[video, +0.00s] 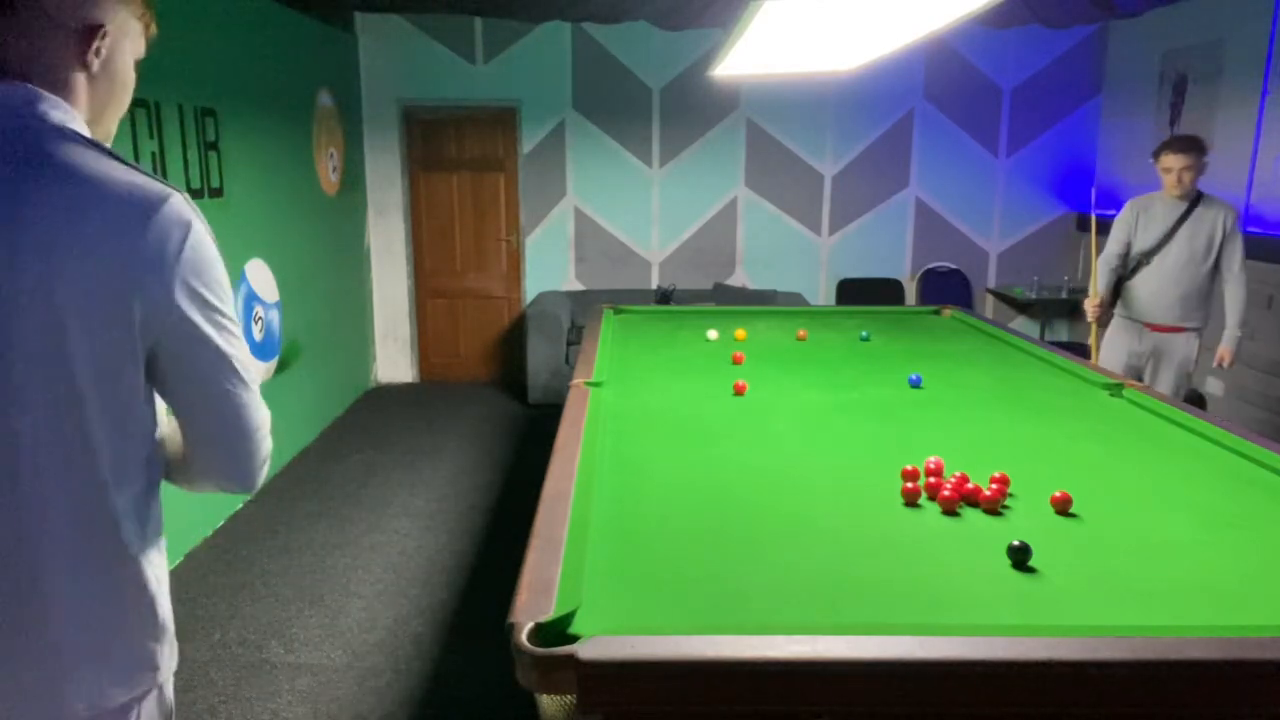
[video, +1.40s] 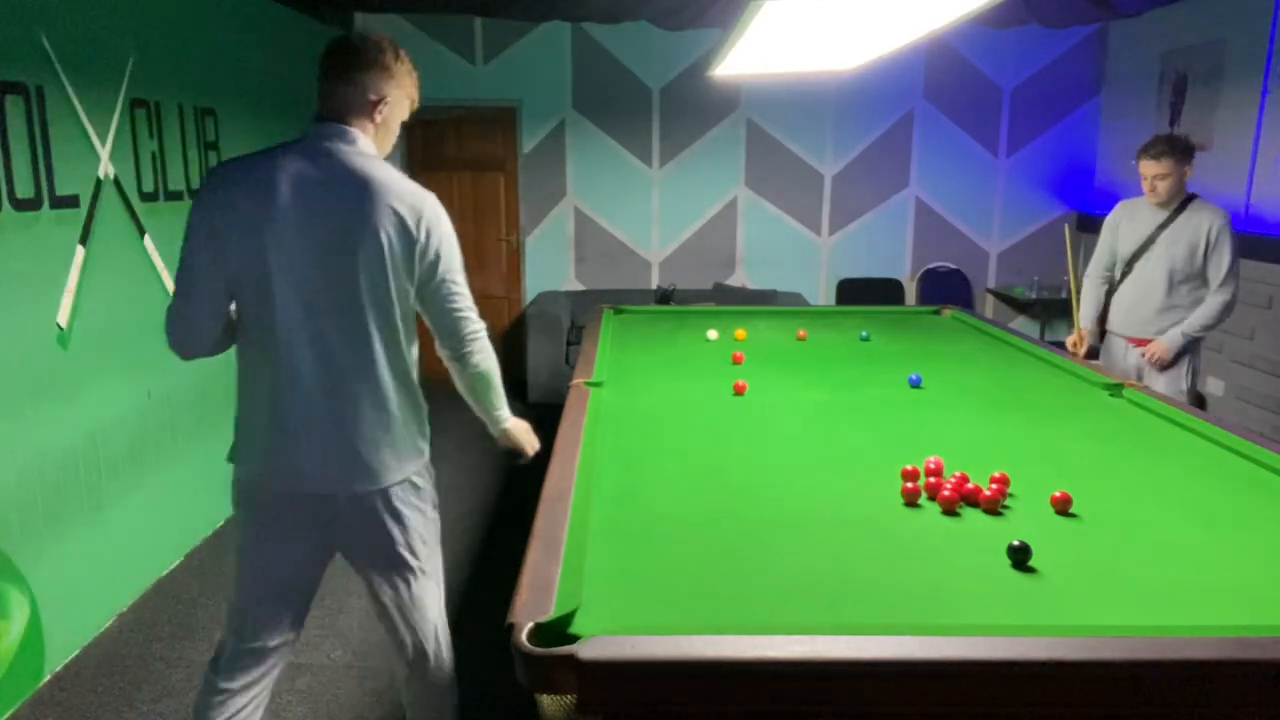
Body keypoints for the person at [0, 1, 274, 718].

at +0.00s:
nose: (131, 94)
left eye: (140, 64)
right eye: (135, 61)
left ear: (8, 40)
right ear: (94, 44)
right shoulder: (145, 218)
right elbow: (238, 459)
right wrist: (138, 430)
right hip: (87, 675)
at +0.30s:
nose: (154, 107)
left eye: (159, 86)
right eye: (156, 85)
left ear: (26, 73)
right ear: (127, 79)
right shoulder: (186, 230)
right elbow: (264, 428)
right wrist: (164, 439)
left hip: (7, 602)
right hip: (142, 609)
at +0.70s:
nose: (185, 96)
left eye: (183, 80)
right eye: (188, 80)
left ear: (79, 73)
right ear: (179, 78)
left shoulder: (12, 188)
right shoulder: (215, 205)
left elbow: (8, 370)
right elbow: (281, 390)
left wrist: (74, 353)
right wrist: (194, 357)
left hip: (83, 535)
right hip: (213, 528)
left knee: (135, 708)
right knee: (291, 684)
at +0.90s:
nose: (232, 117)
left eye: (236, 100)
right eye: (235, 99)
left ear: (136, 80)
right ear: (215, 92)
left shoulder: (28, 199)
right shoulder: (246, 209)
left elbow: (8, 371)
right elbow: (310, 384)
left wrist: (86, 350)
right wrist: (256, 395)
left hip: (115, 521)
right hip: (247, 514)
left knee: (144, 707)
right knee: (337, 686)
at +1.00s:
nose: (269, 121)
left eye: (274, 106)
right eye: (271, 105)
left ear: (174, 91)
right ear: (243, 97)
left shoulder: (68, 198)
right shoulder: (279, 208)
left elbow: (35, 368)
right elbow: (331, 379)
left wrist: (131, 339)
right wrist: (309, 446)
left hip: (144, 503)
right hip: (271, 497)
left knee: (166, 694)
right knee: (361, 657)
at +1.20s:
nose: (336, 143)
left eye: (339, 125)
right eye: (337, 124)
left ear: (248, 105)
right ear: (310, 110)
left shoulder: (153, 201)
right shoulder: (353, 216)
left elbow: (113, 361)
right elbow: (404, 362)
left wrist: (196, 333)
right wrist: (423, 442)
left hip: (212, 499)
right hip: (334, 495)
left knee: (204, 686)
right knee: (394, 663)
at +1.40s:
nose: (400, 130)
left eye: (402, 117)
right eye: (401, 116)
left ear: (322, 101)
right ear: (380, 109)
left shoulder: (230, 186)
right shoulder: (411, 206)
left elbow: (188, 336)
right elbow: (463, 341)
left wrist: (251, 310)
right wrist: (503, 422)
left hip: (272, 466)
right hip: (385, 470)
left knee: (246, 658)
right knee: (427, 658)